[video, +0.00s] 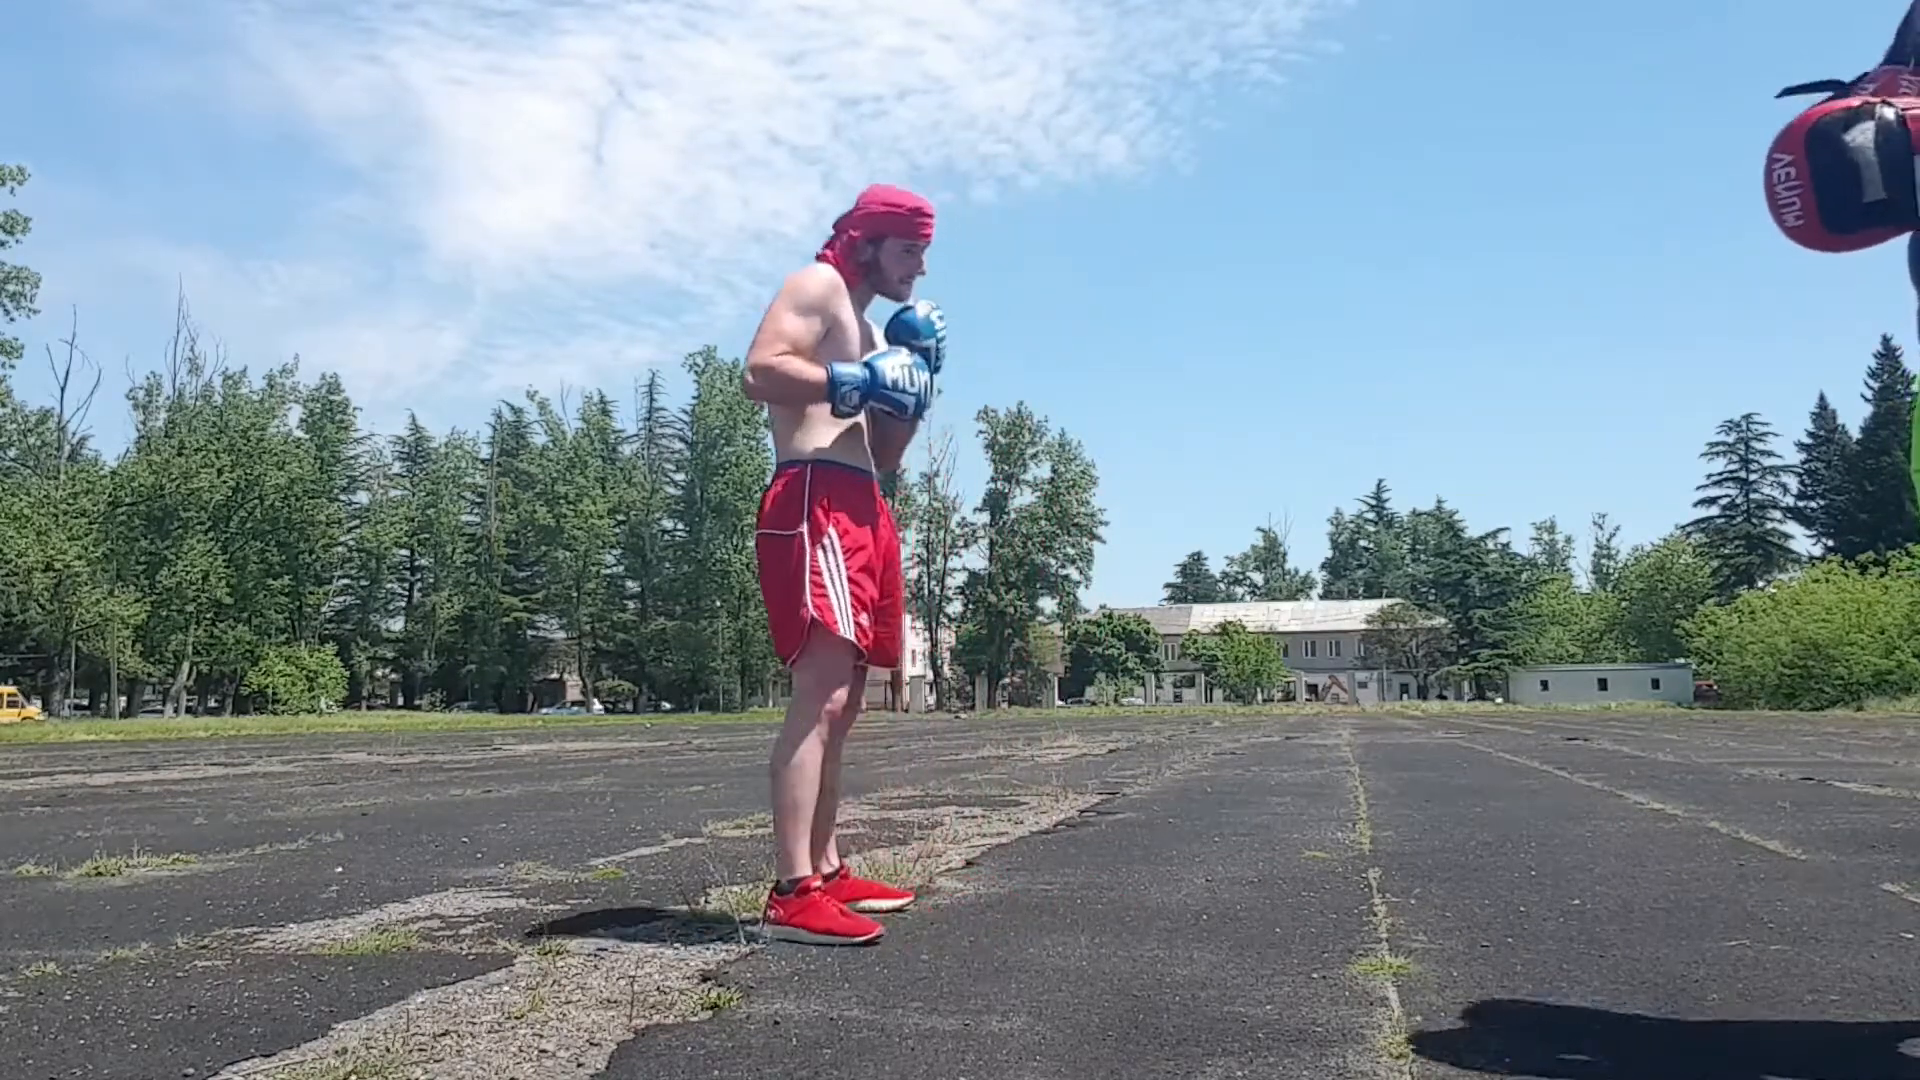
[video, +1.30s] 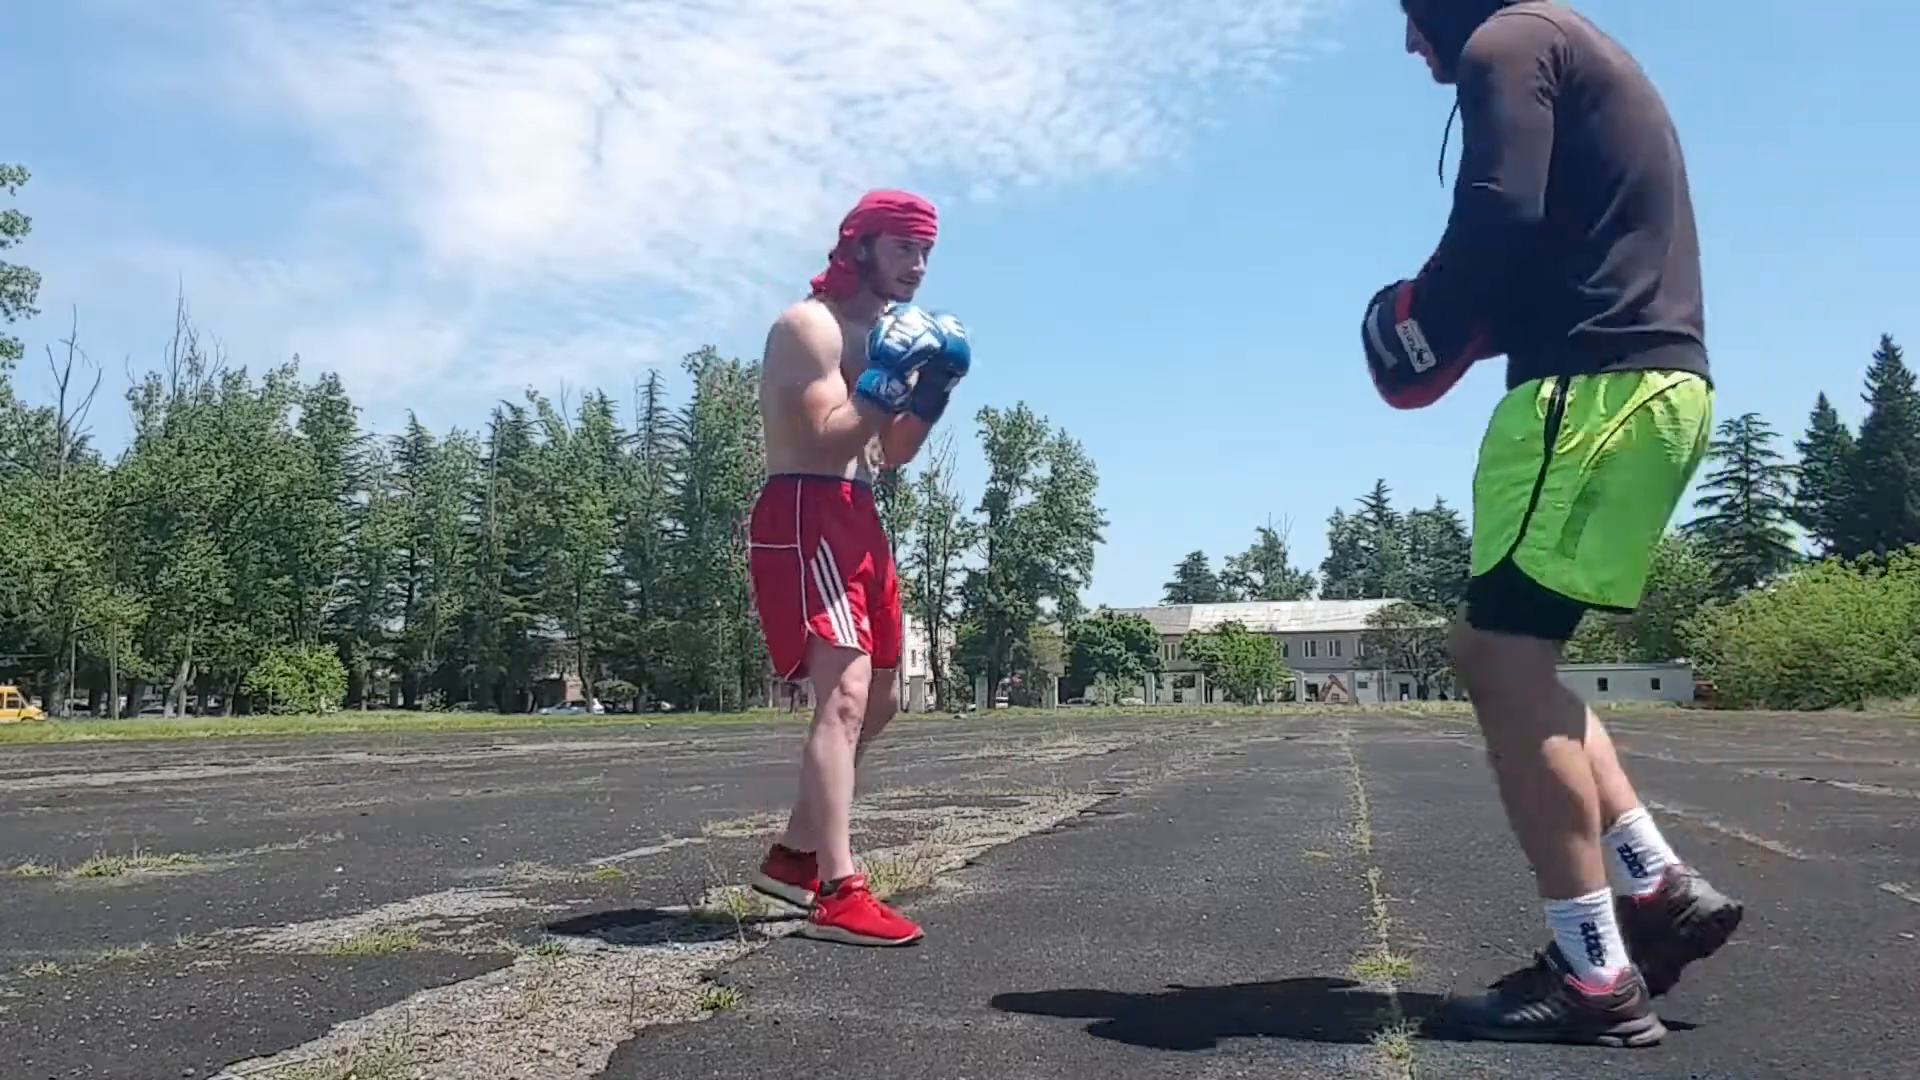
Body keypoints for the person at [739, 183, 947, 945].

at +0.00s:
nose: (919, 264)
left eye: (923, 252)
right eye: (910, 249)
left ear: (902, 257)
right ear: (865, 244)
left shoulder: (875, 330)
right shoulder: (819, 284)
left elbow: (882, 457)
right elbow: (761, 371)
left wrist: (917, 375)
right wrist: (849, 383)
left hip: (866, 506)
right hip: (816, 500)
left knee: (844, 700)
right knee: (819, 695)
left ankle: (823, 870)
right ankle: (792, 888)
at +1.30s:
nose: (917, 263)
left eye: (924, 252)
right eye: (905, 247)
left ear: (918, 262)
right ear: (859, 246)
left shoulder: (879, 338)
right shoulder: (806, 323)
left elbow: (892, 452)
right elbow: (824, 431)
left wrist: (934, 393)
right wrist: (889, 384)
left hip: (857, 516)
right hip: (807, 514)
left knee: (880, 698)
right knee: (843, 697)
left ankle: (795, 850)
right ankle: (839, 887)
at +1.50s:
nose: (939, 266)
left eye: (944, 254)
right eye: (927, 250)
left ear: (929, 262)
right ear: (879, 248)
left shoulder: (896, 328)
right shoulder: (835, 314)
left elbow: (914, 445)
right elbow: (859, 430)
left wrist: (957, 373)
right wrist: (915, 359)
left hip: (870, 516)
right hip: (820, 515)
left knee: (896, 688)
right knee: (847, 696)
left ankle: (836, 842)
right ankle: (836, 888)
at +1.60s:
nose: (948, 278)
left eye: (953, 267)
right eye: (936, 262)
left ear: (939, 273)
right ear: (890, 258)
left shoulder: (904, 334)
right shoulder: (843, 316)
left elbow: (921, 452)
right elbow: (856, 428)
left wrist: (965, 378)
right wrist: (916, 361)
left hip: (878, 524)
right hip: (831, 519)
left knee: (896, 699)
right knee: (865, 694)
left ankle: (859, 852)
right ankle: (838, 888)